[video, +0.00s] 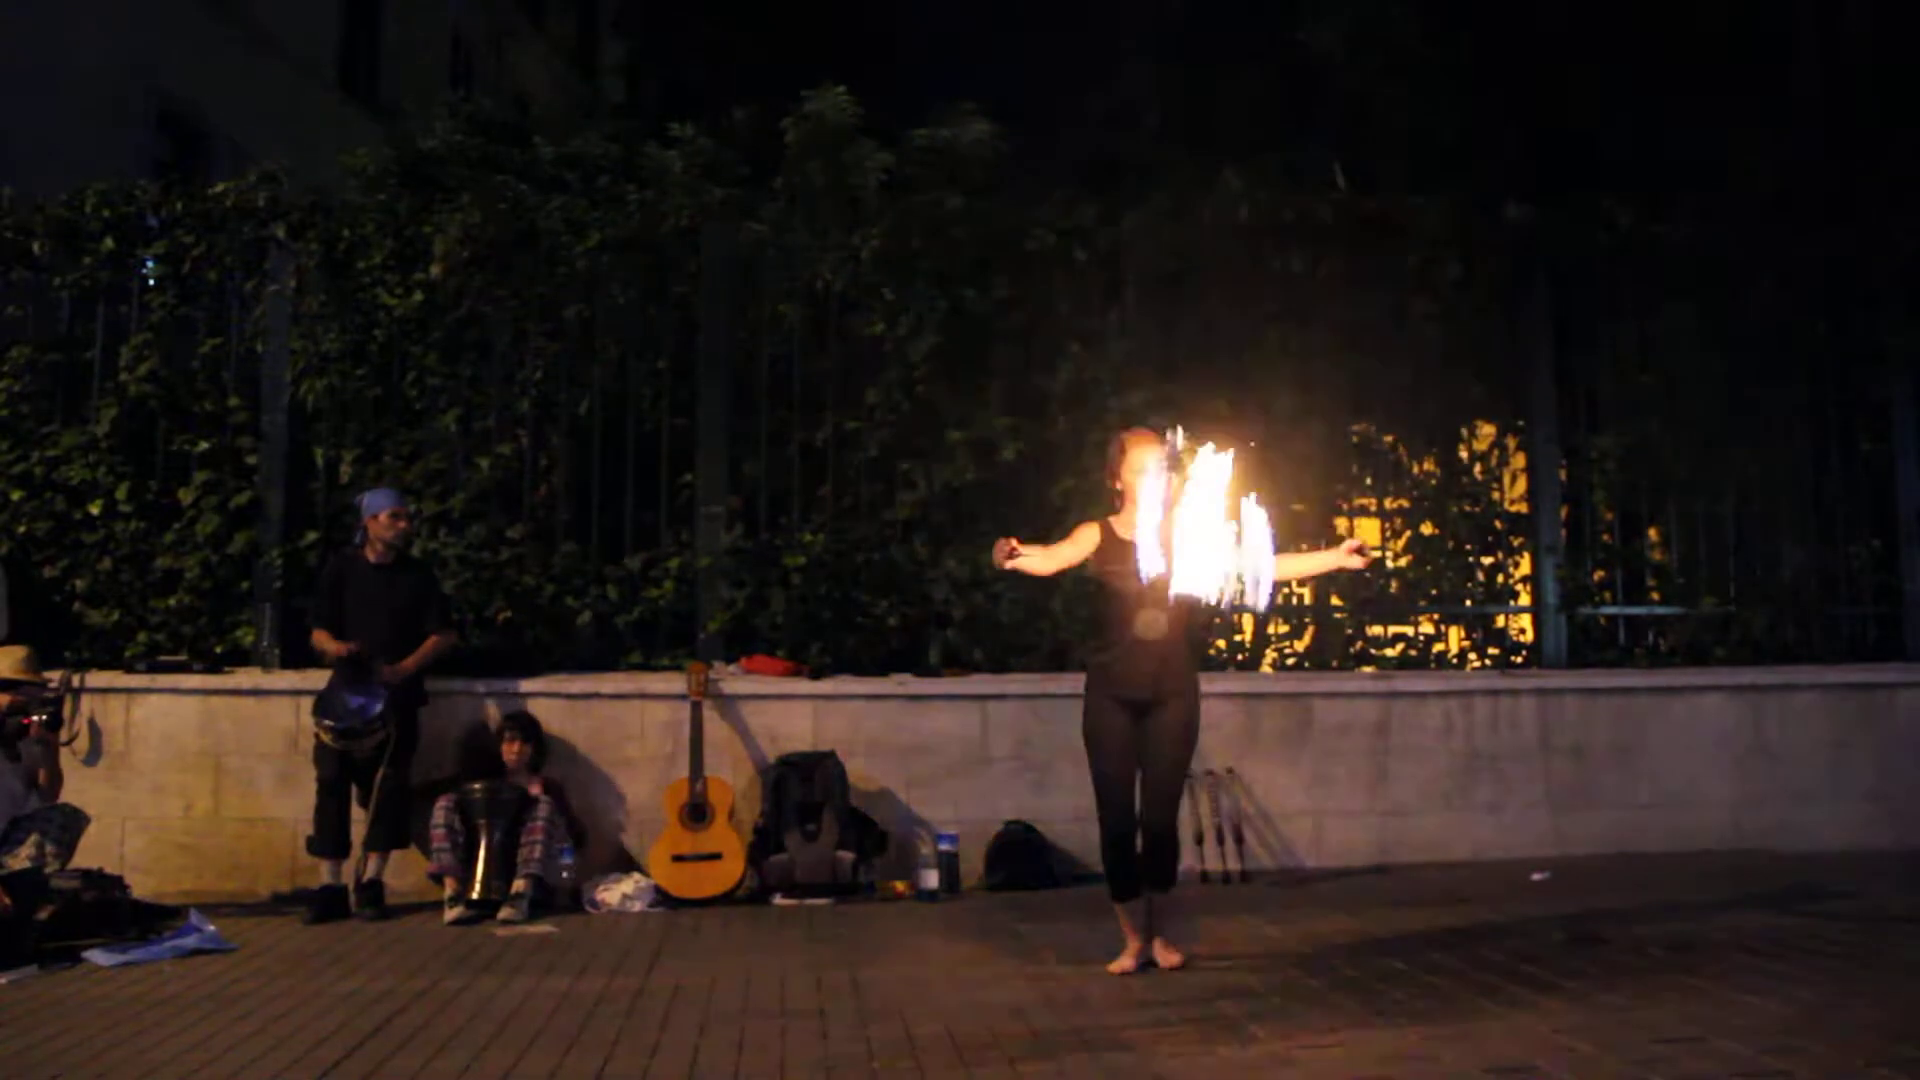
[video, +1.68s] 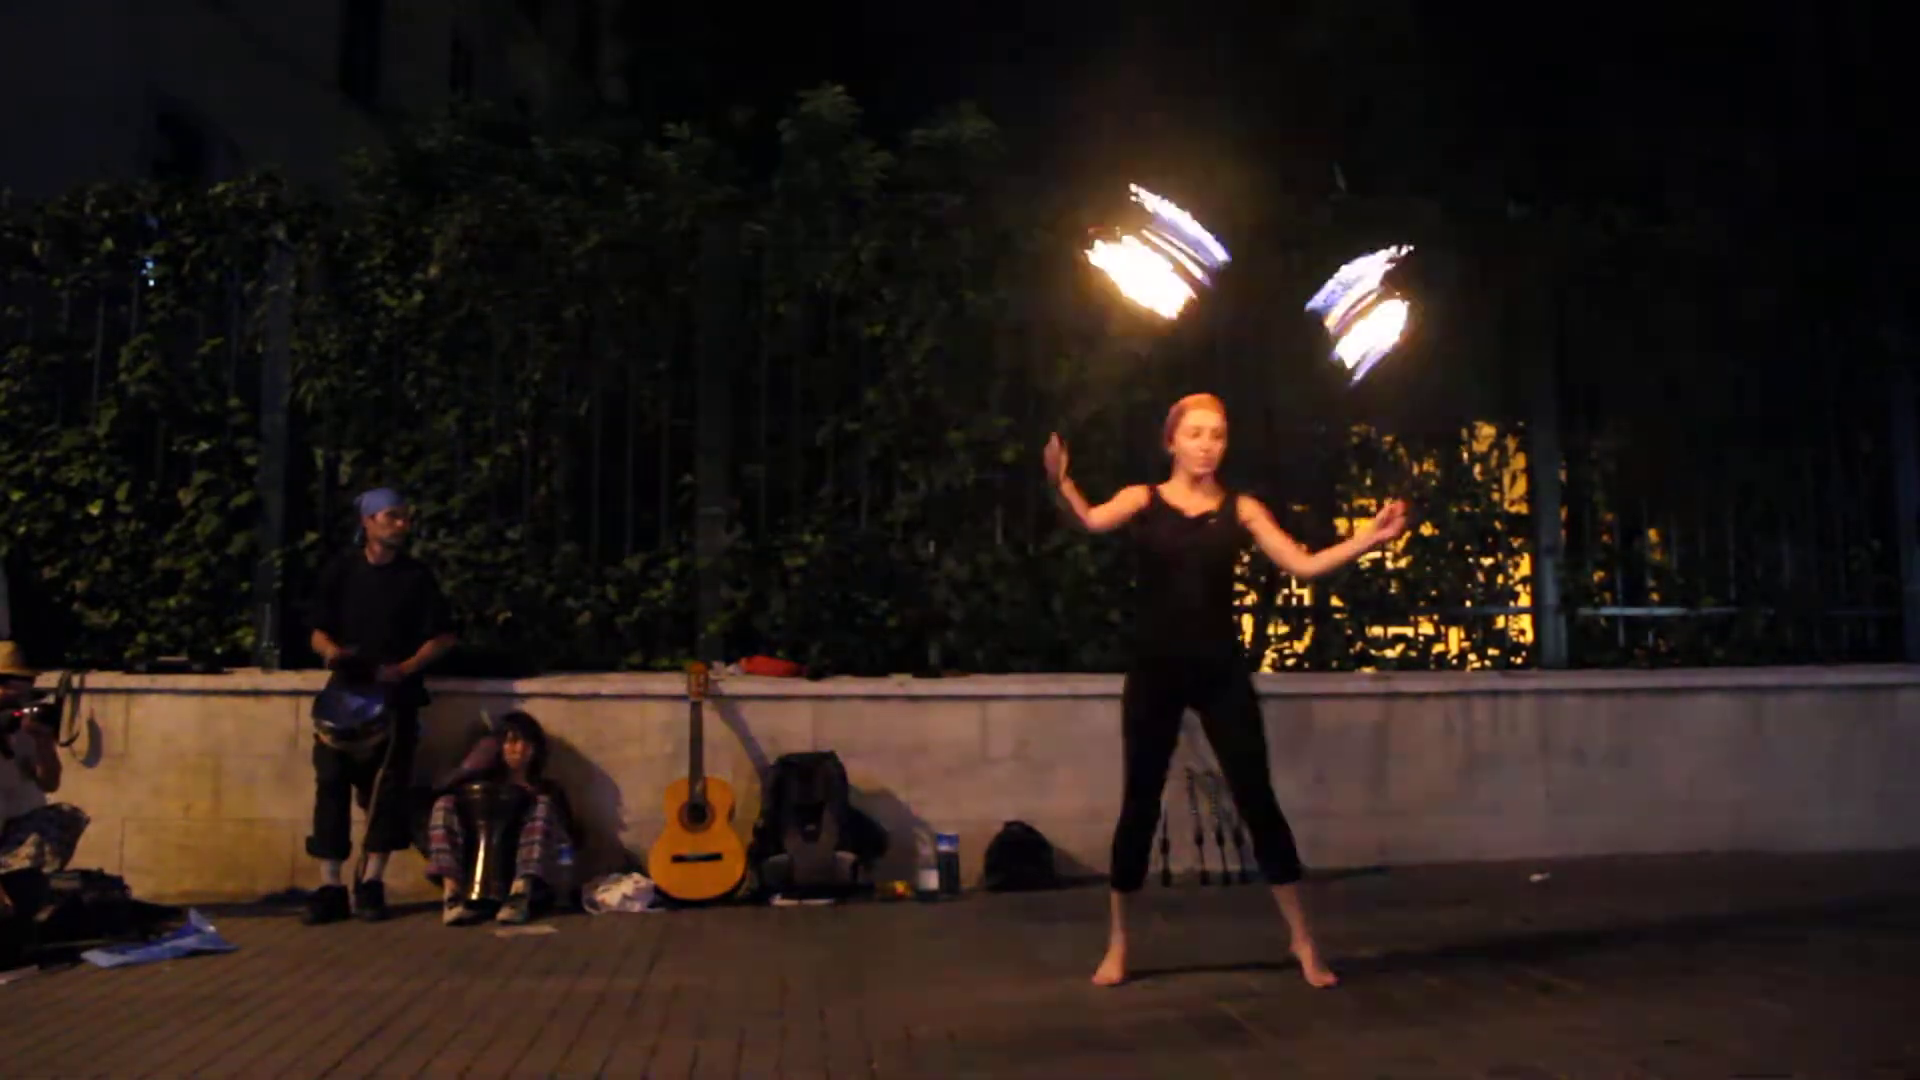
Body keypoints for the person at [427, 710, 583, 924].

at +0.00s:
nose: (516, 749)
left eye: (524, 742)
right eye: (510, 741)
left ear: (534, 749)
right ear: (500, 746)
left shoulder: (547, 787)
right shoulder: (487, 783)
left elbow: (570, 838)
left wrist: (541, 800)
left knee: (543, 806)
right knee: (445, 804)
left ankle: (521, 891)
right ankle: (452, 892)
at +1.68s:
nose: (518, 749)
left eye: (526, 743)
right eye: (512, 741)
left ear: (535, 750)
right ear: (500, 746)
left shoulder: (548, 790)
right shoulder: (481, 785)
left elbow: (564, 840)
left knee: (542, 806)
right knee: (444, 804)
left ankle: (521, 893)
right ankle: (451, 894)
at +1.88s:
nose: (512, 748)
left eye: (519, 741)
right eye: (507, 740)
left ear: (533, 748)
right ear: (500, 745)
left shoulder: (537, 780)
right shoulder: (484, 773)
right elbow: (451, 778)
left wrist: (541, 798)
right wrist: (488, 757)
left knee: (542, 807)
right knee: (445, 804)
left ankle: (521, 893)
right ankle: (451, 893)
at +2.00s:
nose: (515, 748)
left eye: (523, 741)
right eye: (508, 741)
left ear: (536, 749)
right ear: (495, 746)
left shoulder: (548, 789)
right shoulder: (478, 781)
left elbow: (573, 838)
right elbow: (434, 781)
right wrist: (471, 753)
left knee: (543, 807)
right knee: (445, 805)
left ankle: (520, 894)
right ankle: (451, 894)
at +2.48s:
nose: (518, 749)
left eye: (525, 742)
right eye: (511, 742)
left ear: (535, 749)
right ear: (497, 748)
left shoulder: (547, 790)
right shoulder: (482, 790)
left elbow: (566, 840)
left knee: (542, 807)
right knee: (444, 805)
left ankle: (521, 893)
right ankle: (451, 893)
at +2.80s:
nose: (514, 750)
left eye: (521, 743)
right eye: (507, 743)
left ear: (532, 749)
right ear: (498, 748)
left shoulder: (546, 788)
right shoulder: (484, 787)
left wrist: (541, 800)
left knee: (542, 809)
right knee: (442, 806)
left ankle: (520, 891)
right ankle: (451, 893)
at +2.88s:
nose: (513, 750)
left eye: (520, 743)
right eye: (506, 743)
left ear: (531, 748)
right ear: (498, 748)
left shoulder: (540, 778)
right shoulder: (485, 775)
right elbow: (452, 779)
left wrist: (543, 798)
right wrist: (493, 776)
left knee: (542, 808)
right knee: (444, 805)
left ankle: (520, 891)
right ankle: (451, 892)